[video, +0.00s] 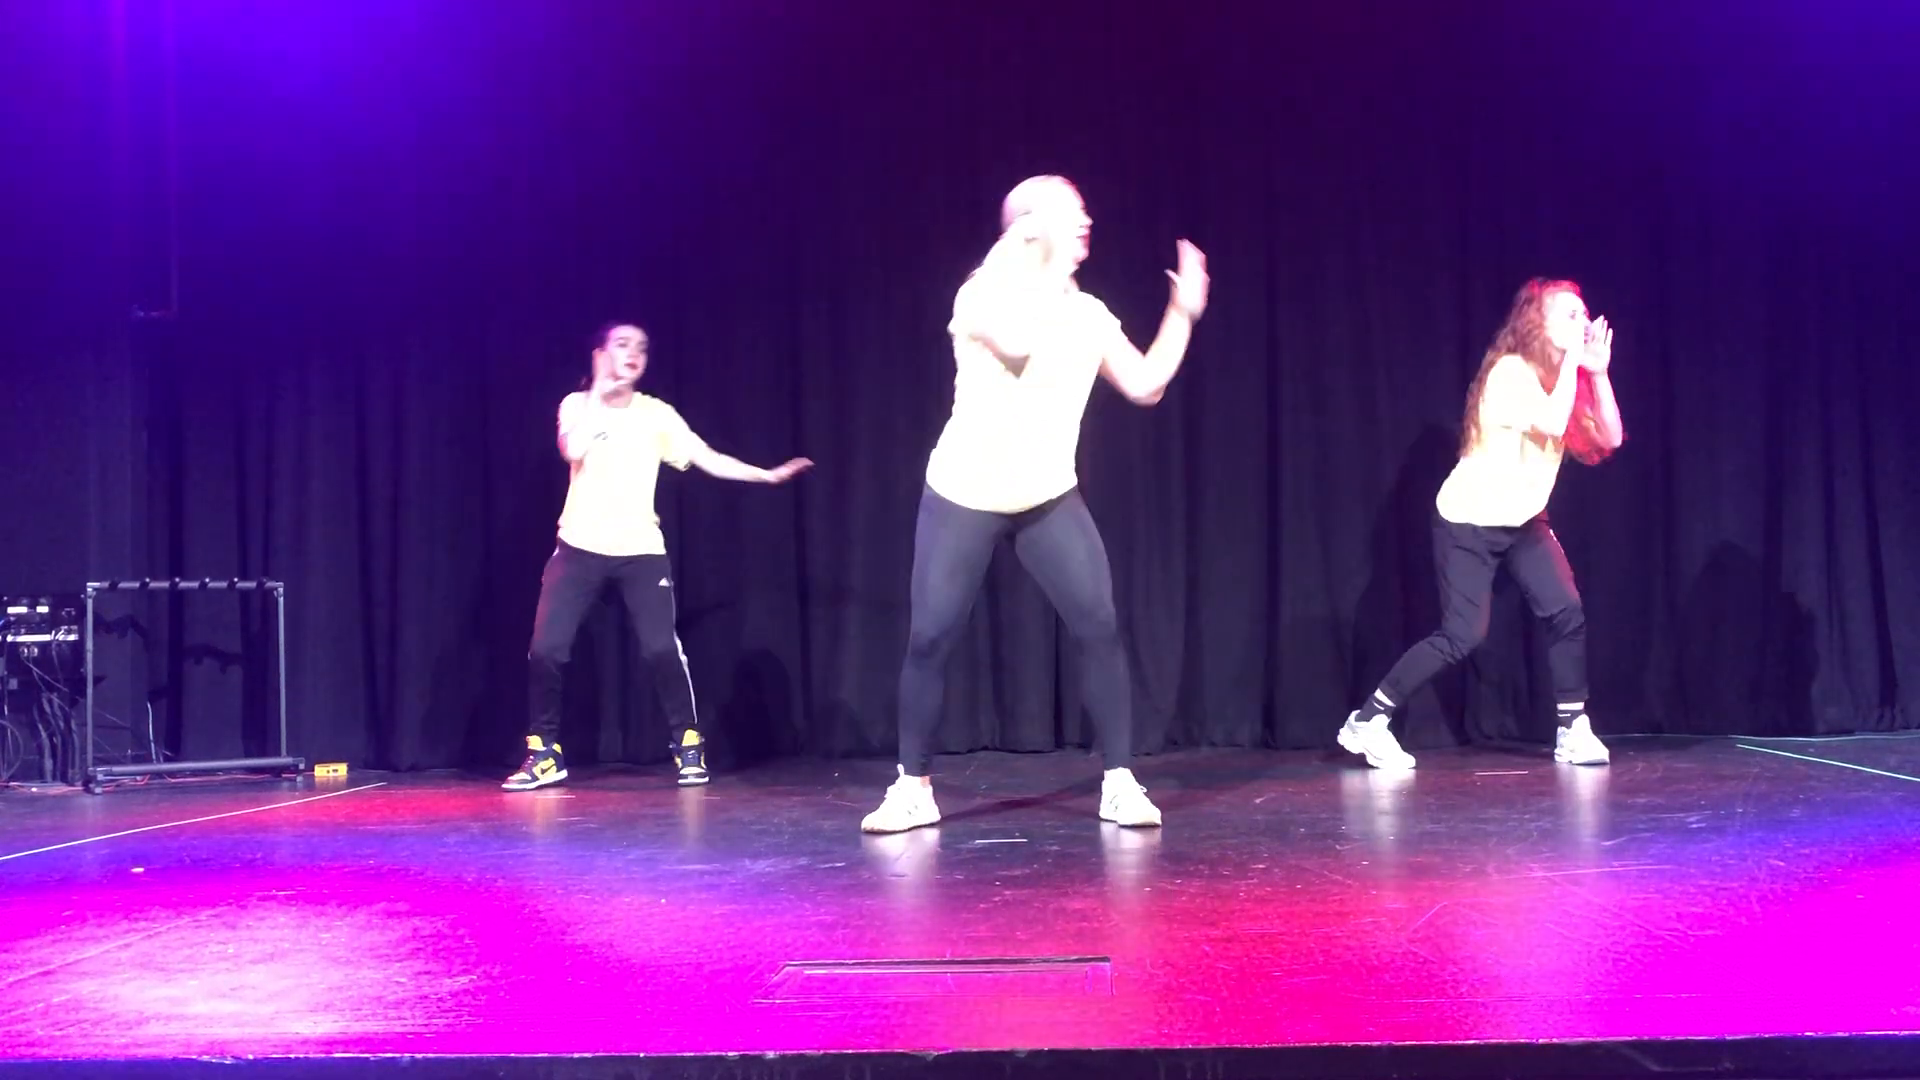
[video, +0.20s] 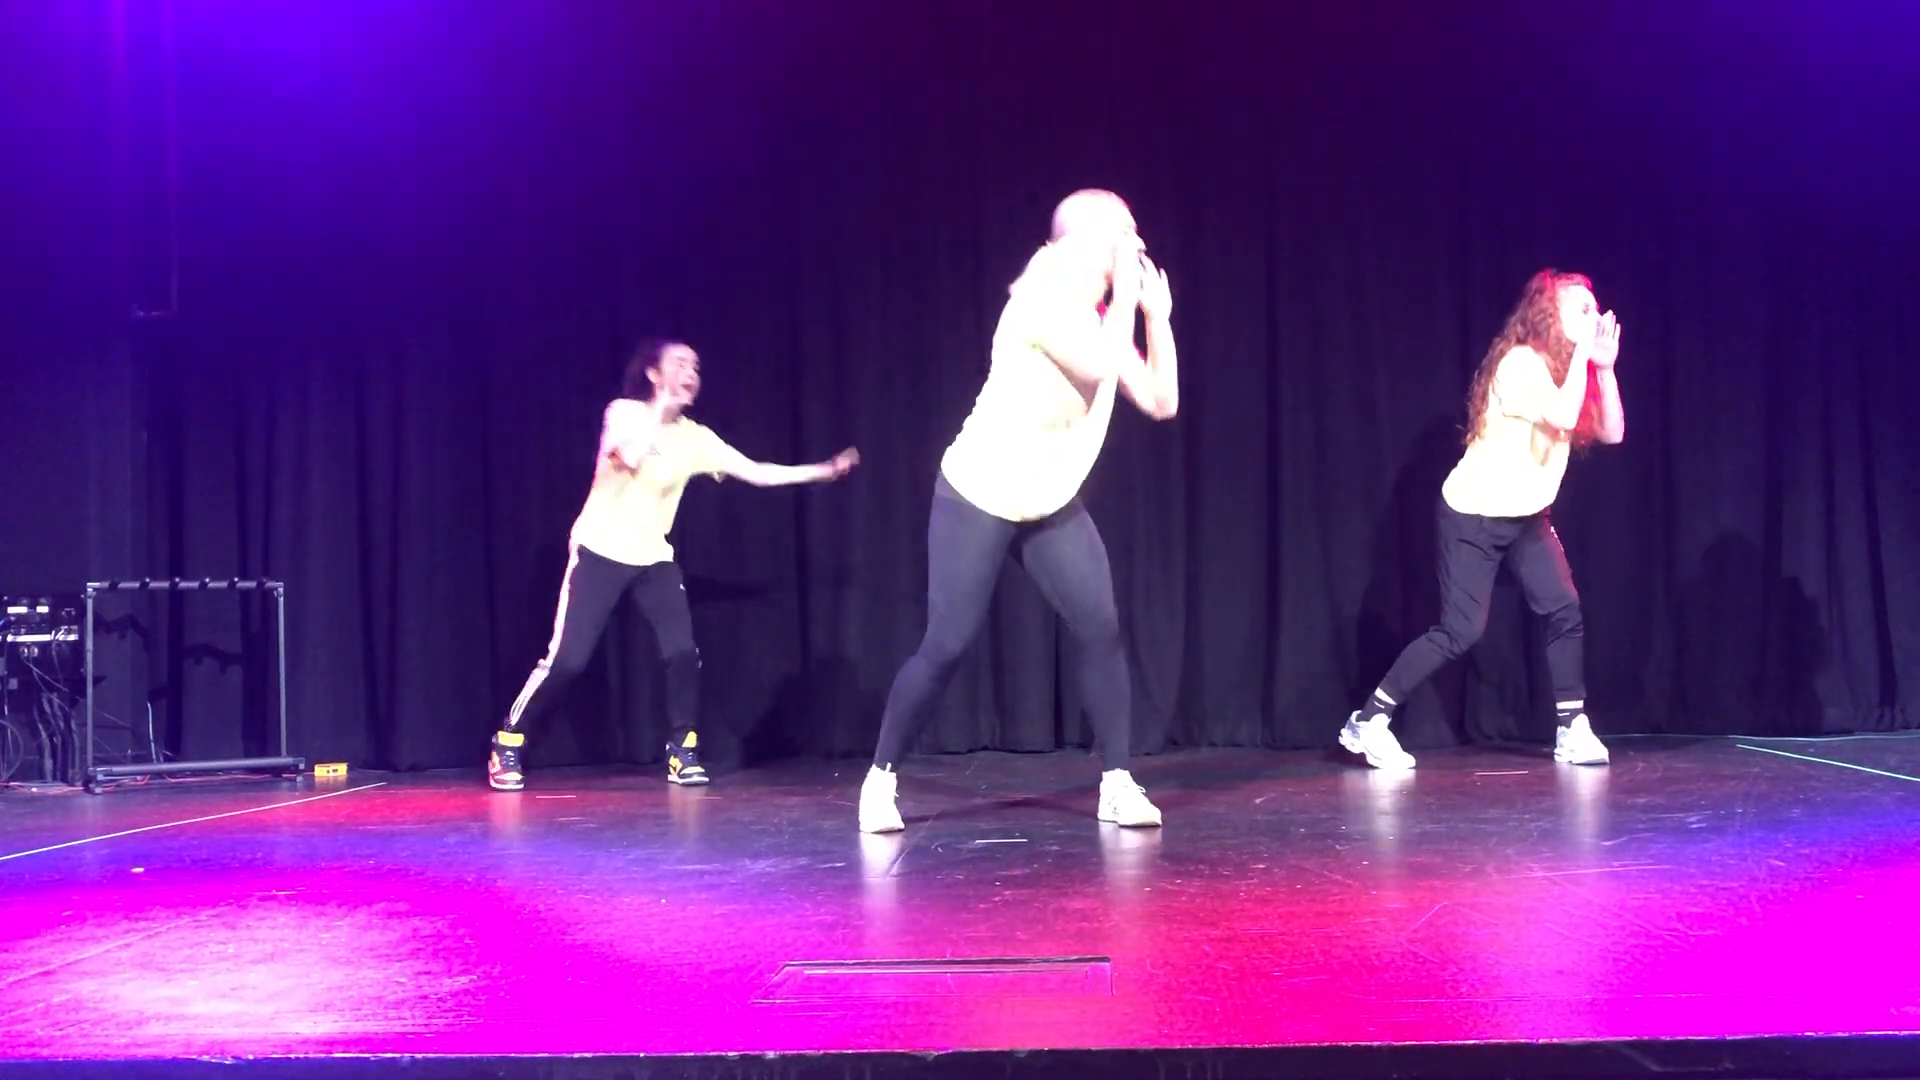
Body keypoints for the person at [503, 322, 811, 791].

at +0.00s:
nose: (631, 357)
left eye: (639, 351)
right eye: (622, 347)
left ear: (646, 363)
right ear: (598, 355)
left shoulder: (657, 415)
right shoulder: (576, 405)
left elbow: (708, 459)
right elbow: (572, 451)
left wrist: (767, 475)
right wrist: (597, 398)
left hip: (640, 550)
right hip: (579, 548)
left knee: (661, 648)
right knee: (546, 649)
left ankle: (689, 748)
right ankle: (544, 755)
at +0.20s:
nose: (691, 375)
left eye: (695, 368)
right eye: (680, 365)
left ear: (698, 382)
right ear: (654, 374)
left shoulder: (697, 439)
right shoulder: (625, 414)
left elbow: (756, 472)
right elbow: (624, 450)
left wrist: (823, 471)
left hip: (654, 557)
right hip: (599, 551)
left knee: (682, 653)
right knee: (567, 660)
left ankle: (682, 754)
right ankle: (507, 747)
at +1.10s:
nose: (711, 396)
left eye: (715, 389)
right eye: (700, 388)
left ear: (719, 398)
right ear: (674, 396)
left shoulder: (711, 451)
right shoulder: (645, 428)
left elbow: (757, 497)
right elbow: (648, 489)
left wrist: (735, 448)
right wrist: (681, 434)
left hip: (656, 558)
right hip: (601, 553)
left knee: (684, 646)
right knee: (566, 654)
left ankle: (683, 753)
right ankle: (510, 750)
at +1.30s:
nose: (647, 455)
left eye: (656, 445)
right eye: (636, 447)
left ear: (667, 450)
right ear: (619, 455)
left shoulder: (676, 479)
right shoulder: (600, 484)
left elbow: (718, 545)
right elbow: (600, 560)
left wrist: (685, 490)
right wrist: (622, 506)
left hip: (661, 569)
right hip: (599, 570)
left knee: (684, 649)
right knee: (565, 656)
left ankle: (684, 753)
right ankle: (521, 756)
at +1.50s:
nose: (554, 473)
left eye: (563, 462)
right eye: (546, 464)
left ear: (584, 463)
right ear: (536, 469)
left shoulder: (617, 491)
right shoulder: (545, 504)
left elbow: (643, 554)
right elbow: (539, 576)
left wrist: (594, 516)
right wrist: (539, 520)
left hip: (658, 566)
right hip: (599, 572)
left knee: (671, 648)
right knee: (561, 656)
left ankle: (683, 753)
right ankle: (518, 757)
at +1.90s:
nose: (499, 374)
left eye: (510, 366)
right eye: (495, 366)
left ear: (535, 374)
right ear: (490, 375)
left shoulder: (563, 411)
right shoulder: (505, 433)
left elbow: (565, 461)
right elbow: (481, 496)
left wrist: (518, 422)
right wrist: (483, 438)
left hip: (623, 544)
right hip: (568, 551)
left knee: (650, 645)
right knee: (545, 655)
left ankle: (689, 746)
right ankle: (517, 757)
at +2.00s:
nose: (517, 357)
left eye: (528, 349)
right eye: (510, 349)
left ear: (550, 359)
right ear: (502, 361)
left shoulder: (574, 397)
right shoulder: (513, 419)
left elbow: (579, 440)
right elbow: (486, 476)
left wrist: (540, 401)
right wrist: (494, 419)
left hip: (616, 541)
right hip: (560, 545)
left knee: (646, 647)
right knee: (540, 653)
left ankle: (691, 743)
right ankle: (517, 757)